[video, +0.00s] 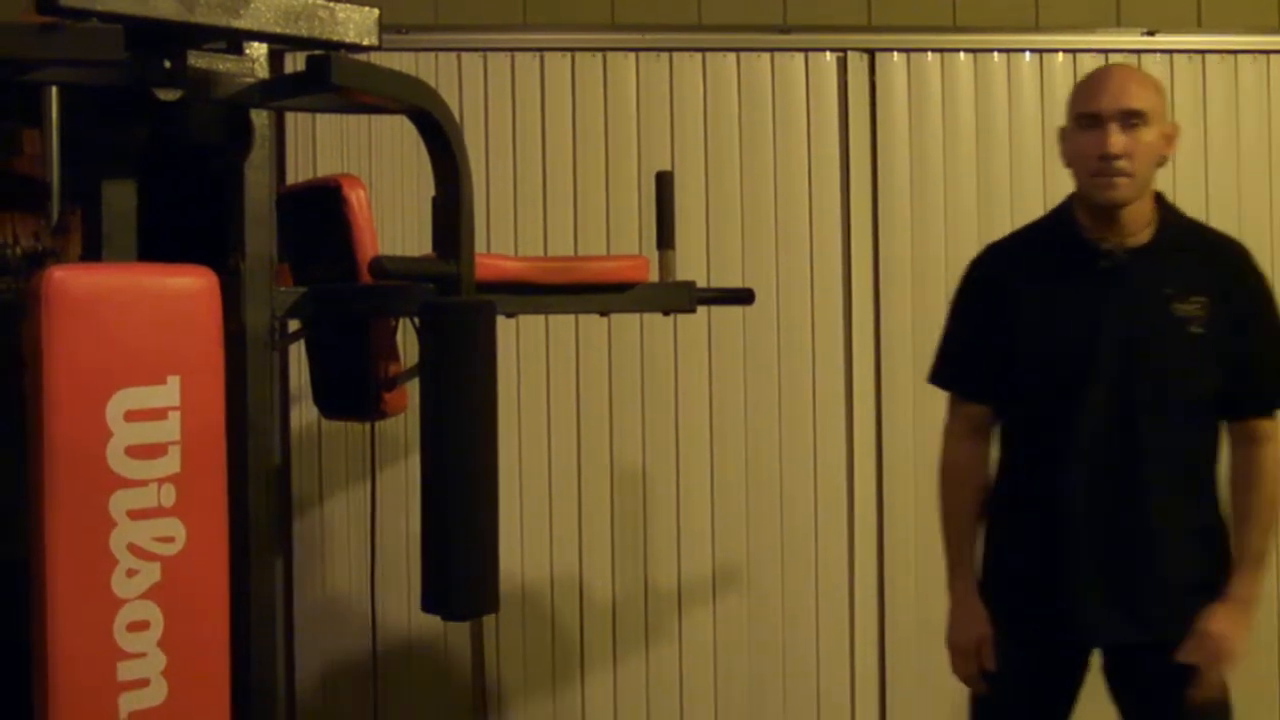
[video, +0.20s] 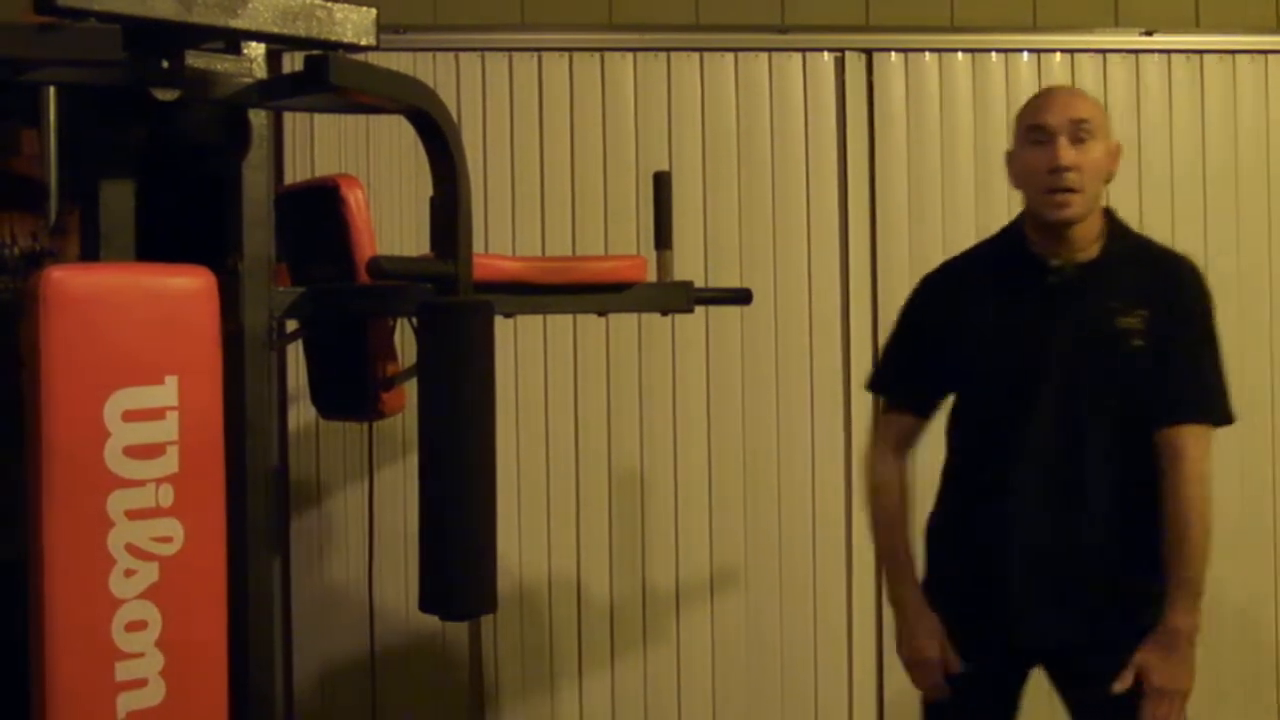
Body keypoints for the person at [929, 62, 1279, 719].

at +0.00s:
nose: (1110, 142)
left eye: (1132, 123)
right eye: (1090, 124)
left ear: (1167, 142)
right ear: (1065, 144)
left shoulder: (1223, 272)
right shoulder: (1002, 271)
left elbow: (1256, 438)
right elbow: (966, 433)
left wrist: (1241, 596)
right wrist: (962, 591)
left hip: (1169, 583)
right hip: (1033, 583)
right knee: (1008, 716)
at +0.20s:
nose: (1060, 155)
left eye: (1081, 137)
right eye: (1038, 138)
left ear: (1112, 160)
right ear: (1013, 165)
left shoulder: (1166, 286)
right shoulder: (953, 290)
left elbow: (1185, 458)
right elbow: (888, 447)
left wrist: (1179, 629)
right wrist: (907, 607)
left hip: (1115, 601)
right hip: (978, 600)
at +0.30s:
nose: (1036, 159)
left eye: (1056, 141)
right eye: (1014, 143)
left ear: (1088, 164)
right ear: (988, 169)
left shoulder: (1147, 283)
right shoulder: (941, 288)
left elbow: (1171, 451)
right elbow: (845, 437)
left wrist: (1163, 608)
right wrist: (912, 563)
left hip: (1091, 591)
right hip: (957, 594)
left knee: (1122, 711)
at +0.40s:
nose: (1018, 152)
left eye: (1038, 134)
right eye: (996, 135)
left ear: (1068, 157)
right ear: (969, 162)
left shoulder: (1132, 276)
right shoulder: (923, 284)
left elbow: (1168, 437)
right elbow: (824, 427)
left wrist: (1145, 567)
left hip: (1082, 597)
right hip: (951, 596)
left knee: (1116, 716)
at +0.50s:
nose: (1005, 148)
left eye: (1024, 130)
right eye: (983, 132)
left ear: (1052, 154)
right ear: (954, 160)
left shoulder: (1120, 267)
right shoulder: (908, 282)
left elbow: (1152, 434)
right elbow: (832, 442)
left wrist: (1116, 535)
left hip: (1077, 580)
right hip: (948, 584)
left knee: (1097, 714)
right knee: (946, 715)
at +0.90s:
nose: (1021, 149)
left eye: (1038, 127)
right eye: (994, 131)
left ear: (1060, 150)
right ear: (955, 160)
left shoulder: (1134, 257)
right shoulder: (910, 290)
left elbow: (1163, 435)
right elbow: (913, 460)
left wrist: (1082, 503)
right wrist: (920, 291)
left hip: (1105, 610)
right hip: (970, 614)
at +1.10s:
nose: (1023, 160)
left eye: (1040, 137)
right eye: (995, 142)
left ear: (1062, 156)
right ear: (957, 172)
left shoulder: (1147, 265)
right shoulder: (923, 310)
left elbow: (1231, 434)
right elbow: (943, 492)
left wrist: (1097, 512)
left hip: (1134, 646)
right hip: (992, 657)